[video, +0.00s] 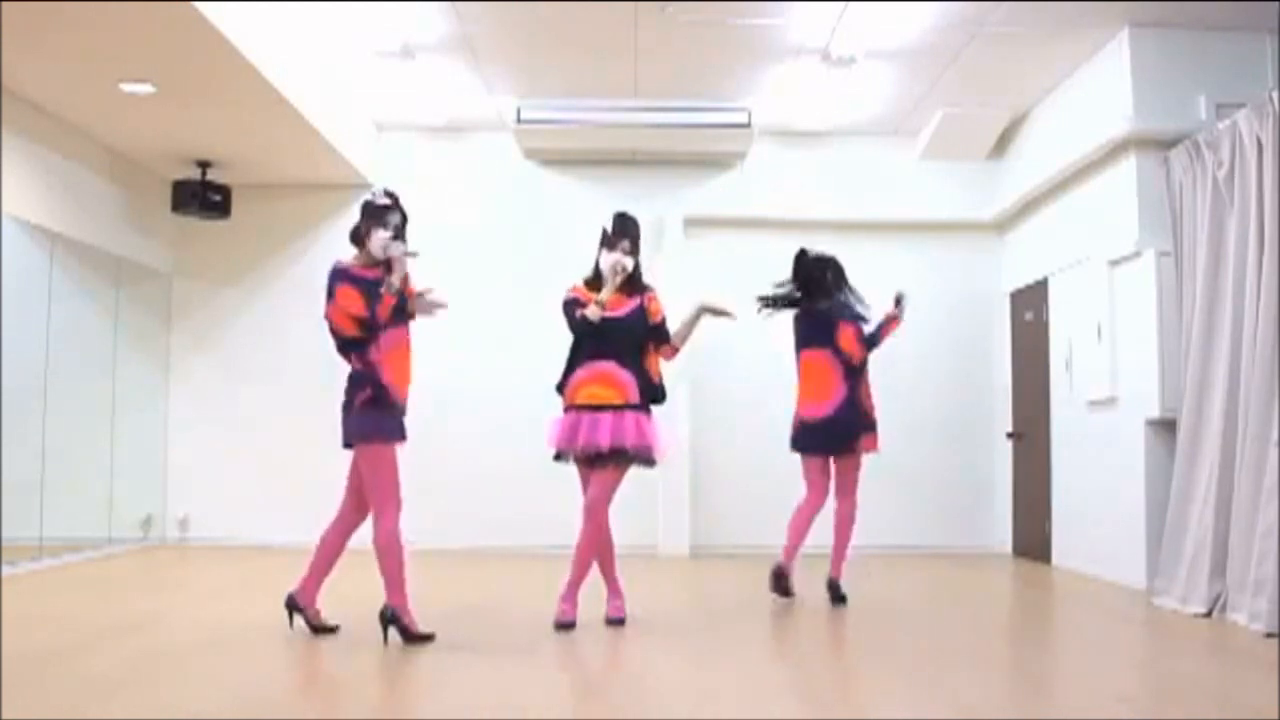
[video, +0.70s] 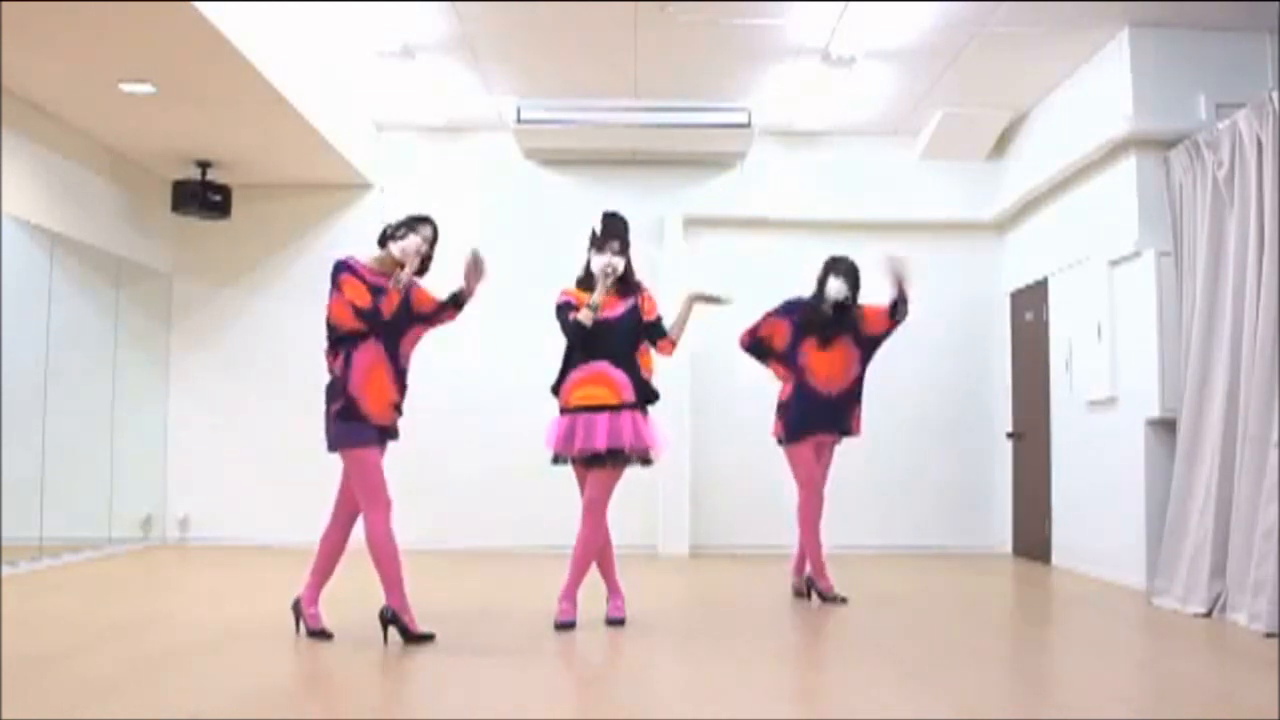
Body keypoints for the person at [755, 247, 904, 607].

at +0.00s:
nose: (842, 283)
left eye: (837, 278)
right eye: (839, 277)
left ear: (802, 284)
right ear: (835, 280)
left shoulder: (801, 318)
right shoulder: (841, 315)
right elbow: (856, 353)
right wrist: (888, 324)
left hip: (808, 417)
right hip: (846, 416)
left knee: (815, 493)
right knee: (846, 496)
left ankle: (785, 563)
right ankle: (835, 575)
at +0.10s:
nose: (845, 281)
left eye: (841, 275)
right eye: (840, 275)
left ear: (815, 281)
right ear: (832, 279)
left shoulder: (816, 313)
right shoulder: (831, 313)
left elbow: (844, 343)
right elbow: (830, 353)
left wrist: (879, 347)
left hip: (807, 413)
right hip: (832, 413)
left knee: (813, 490)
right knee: (840, 491)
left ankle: (773, 564)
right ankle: (824, 575)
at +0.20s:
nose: (850, 287)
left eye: (849, 280)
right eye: (844, 280)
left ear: (825, 282)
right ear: (828, 282)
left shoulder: (834, 321)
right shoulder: (820, 317)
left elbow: (849, 369)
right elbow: (804, 360)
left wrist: (867, 334)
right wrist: (825, 386)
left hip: (820, 417)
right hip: (815, 417)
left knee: (809, 494)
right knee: (833, 491)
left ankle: (777, 566)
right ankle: (818, 573)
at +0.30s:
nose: (851, 288)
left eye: (853, 281)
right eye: (844, 280)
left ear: (853, 285)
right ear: (827, 281)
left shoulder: (847, 321)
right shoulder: (815, 315)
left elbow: (848, 367)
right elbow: (789, 354)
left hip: (825, 416)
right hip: (804, 415)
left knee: (807, 494)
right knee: (821, 489)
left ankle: (777, 565)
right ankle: (819, 572)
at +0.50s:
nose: (841, 290)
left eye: (848, 283)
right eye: (836, 282)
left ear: (856, 287)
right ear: (823, 283)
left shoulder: (855, 329)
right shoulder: (796, 314)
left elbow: (881, 360)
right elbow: (754, 342)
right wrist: (782, 372)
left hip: (834, 415)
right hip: (796, 410)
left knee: (811, 490)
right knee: (813, 484)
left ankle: (785, 568)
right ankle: (819, 572)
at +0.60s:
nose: (838, 289)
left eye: (846, 282)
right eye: (833, 280)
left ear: (855, 288)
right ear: (822, 282)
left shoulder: (863, 328)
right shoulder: (796, 315)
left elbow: (904, 332)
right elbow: (753, 342)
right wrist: (782, 371)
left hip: (834, 417)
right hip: (796, 412)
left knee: (813, 491)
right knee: (810, 490)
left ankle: (800, 569)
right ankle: (819, 574)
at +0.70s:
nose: (836, 290)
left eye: (843, 284)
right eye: (833, 282)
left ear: (851, 288)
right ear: (825, 281)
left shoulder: (859, 321)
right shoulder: (795, 313)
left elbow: (895, 315)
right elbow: (751, 341)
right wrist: (783, 370)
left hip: (834, 411)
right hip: (798, 409)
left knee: (813, 491)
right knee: (811, 491)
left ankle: (801, 569)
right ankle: (817, 573)